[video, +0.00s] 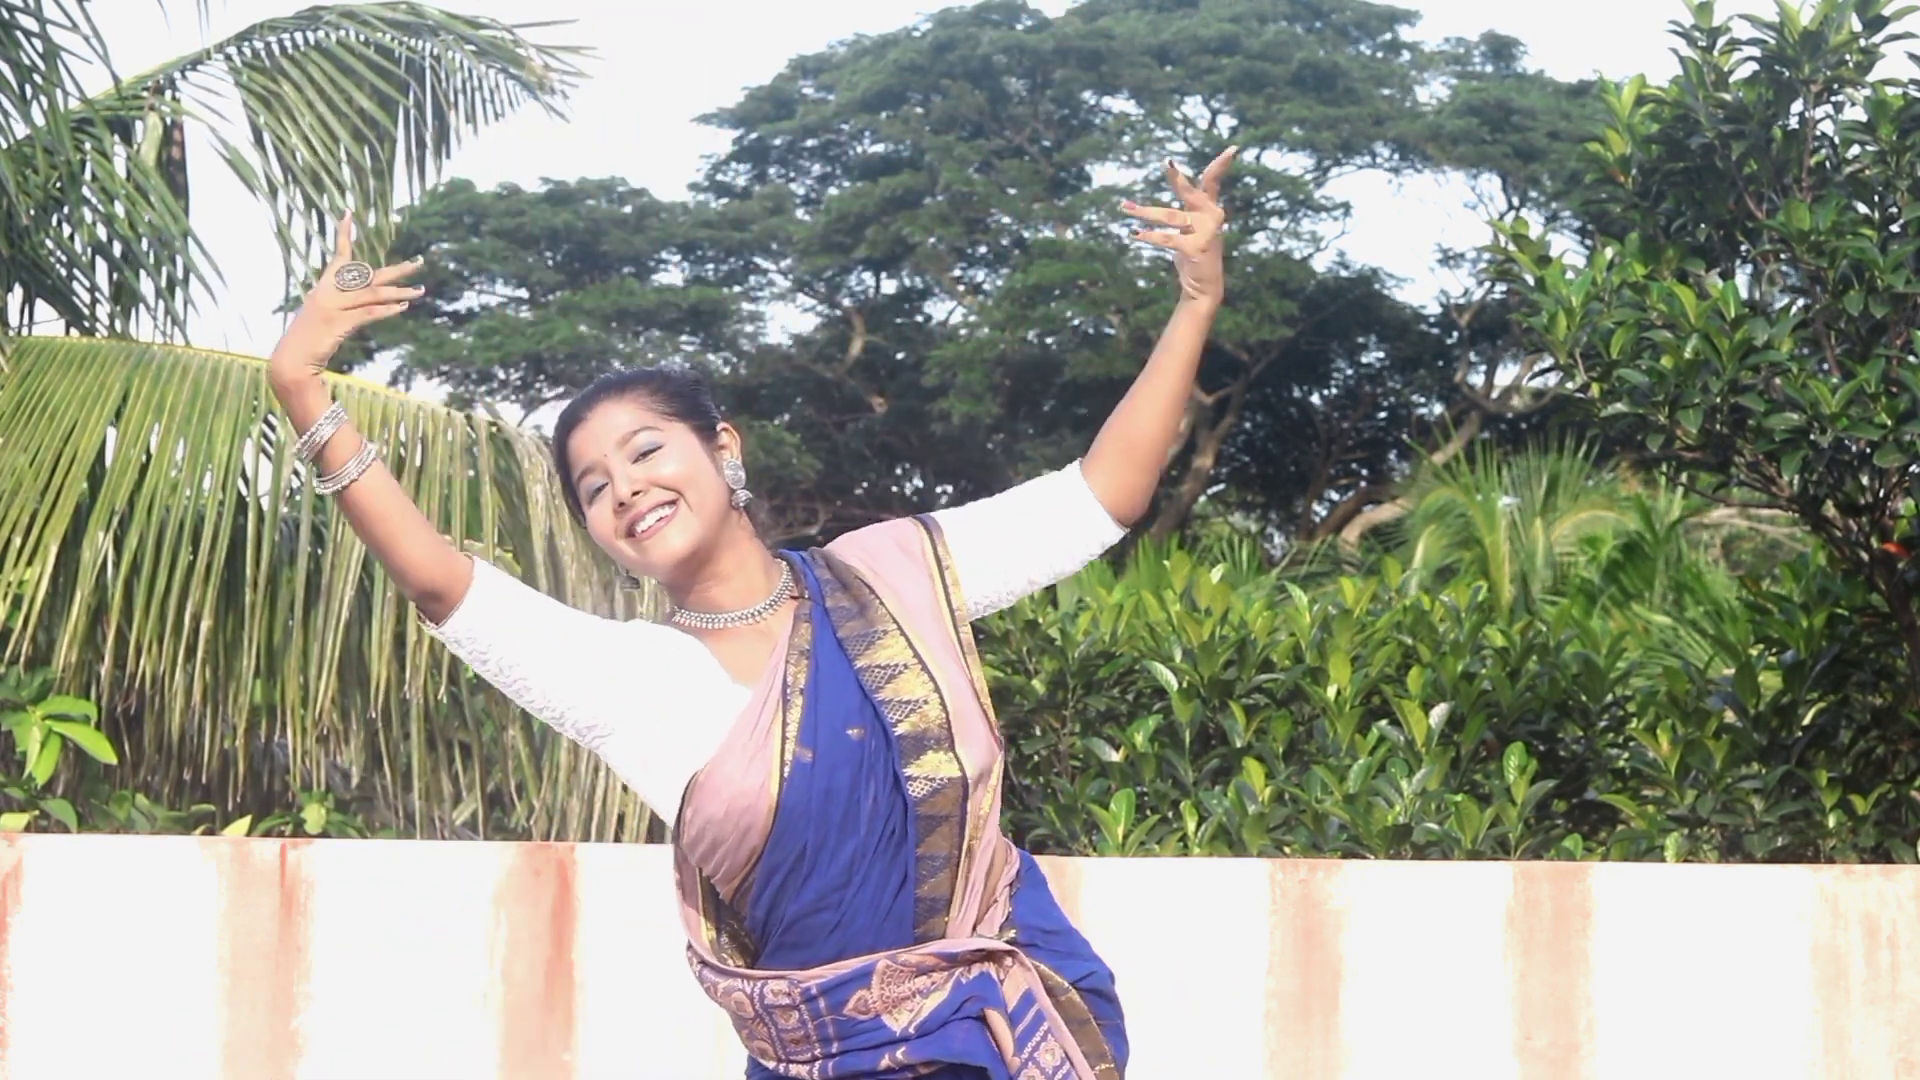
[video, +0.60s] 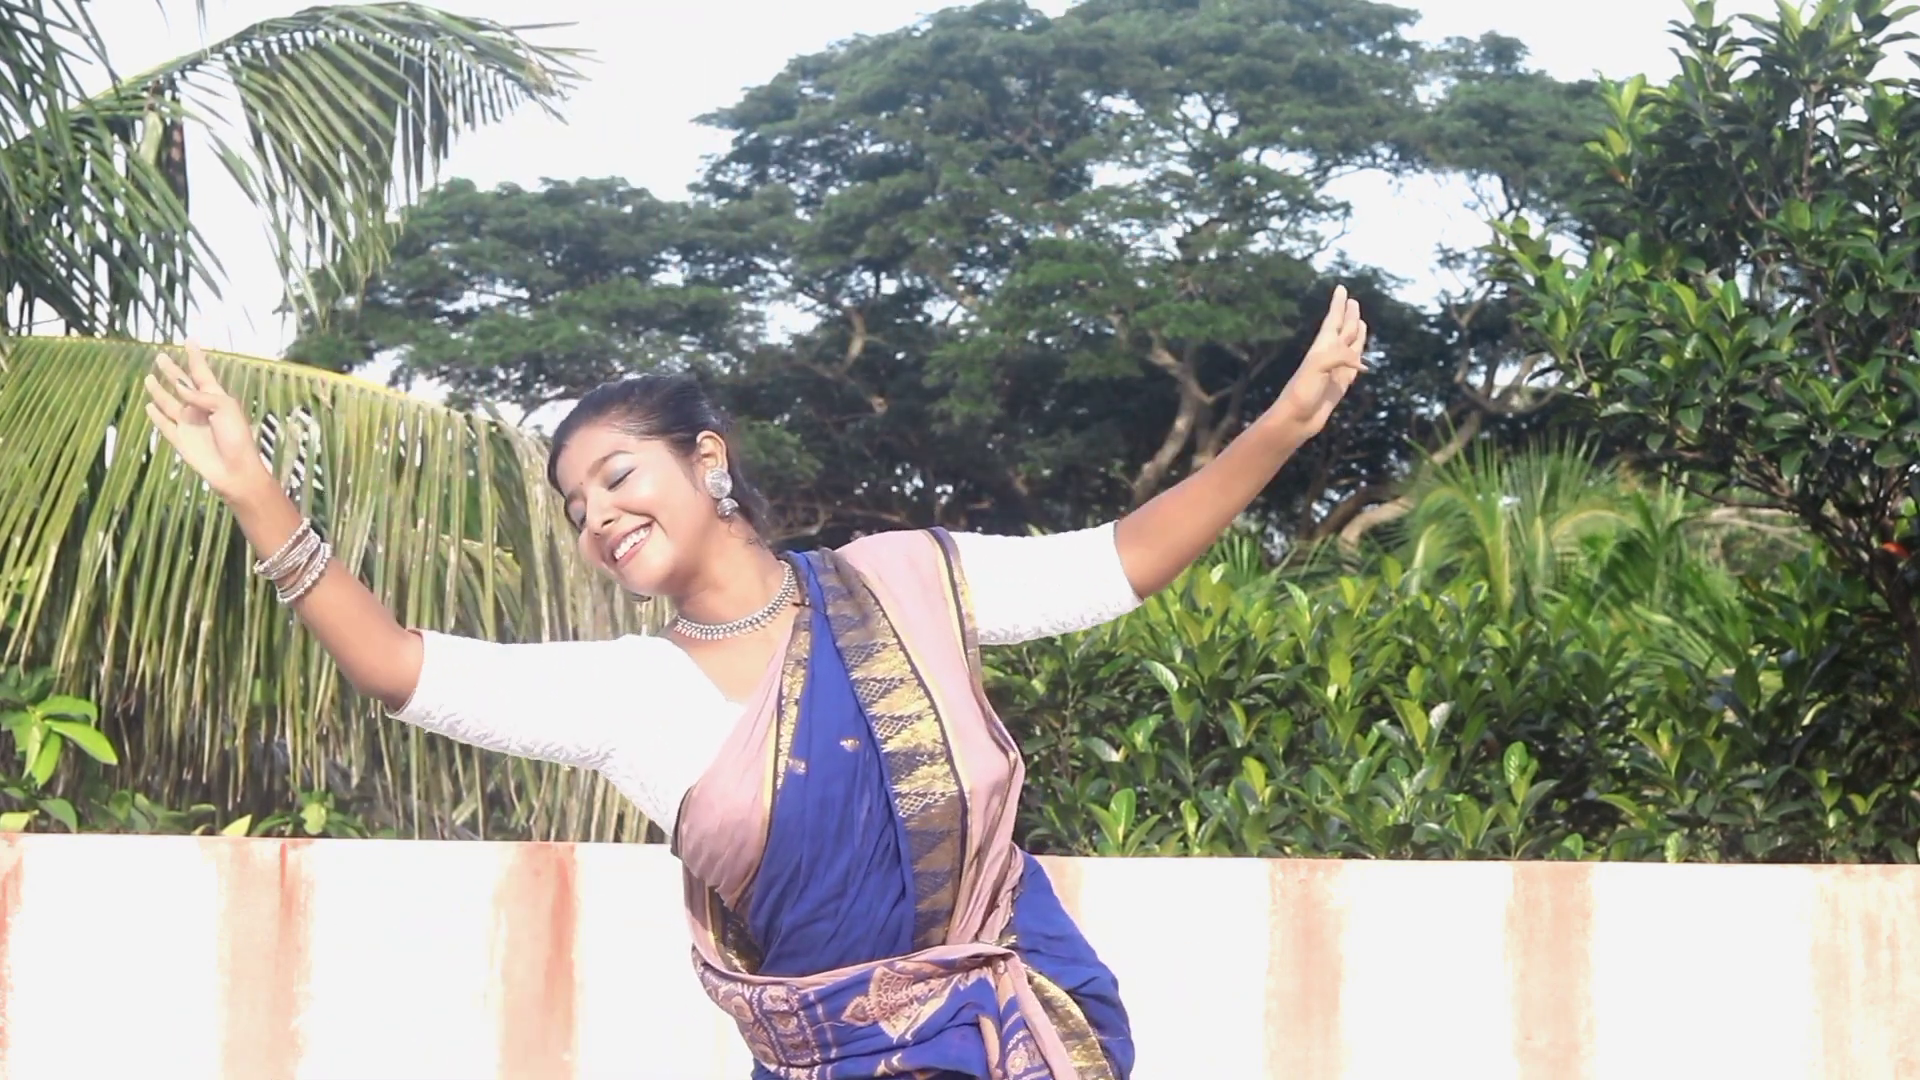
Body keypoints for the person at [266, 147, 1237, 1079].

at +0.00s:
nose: (625, 489)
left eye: (648, 450)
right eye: (595, 489)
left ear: (727, 451)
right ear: (600, 538)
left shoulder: (901, 564)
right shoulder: (635, 681)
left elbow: (1103, 495)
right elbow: (441, 577)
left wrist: (1199, 303)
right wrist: (300, 385)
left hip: (1022, 1015)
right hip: (825, 1053)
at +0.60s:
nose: (606, 515)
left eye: (625, 474)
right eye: (582, 510)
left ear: (715, 460)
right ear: (591, 547)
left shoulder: (903, 574)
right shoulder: (629, 696)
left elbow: (1119, 568)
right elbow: (403, 667)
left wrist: (1285, 427)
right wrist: (260, 499)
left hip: (1028, 1014)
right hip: (825, 1057)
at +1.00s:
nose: (584, 530)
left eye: (603, 490)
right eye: (563, 520)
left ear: (700, 475)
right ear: (578, 557)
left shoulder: (895, 582)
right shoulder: (616, 708)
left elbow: (1105, 607)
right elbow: (381, 738)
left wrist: (1278, 519)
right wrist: (251, 599)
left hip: (1028, 1017)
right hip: (827, 1061)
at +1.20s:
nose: (567, 543)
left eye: (589, 501)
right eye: (550, 524)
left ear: (691, 482)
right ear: (559, 550)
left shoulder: (891, 593)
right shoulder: (611, 720)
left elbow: (1105, 642)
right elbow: (380, 787)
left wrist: (1278, 592)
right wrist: (234, 693)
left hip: (1020, 1020)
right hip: (826, 1061)